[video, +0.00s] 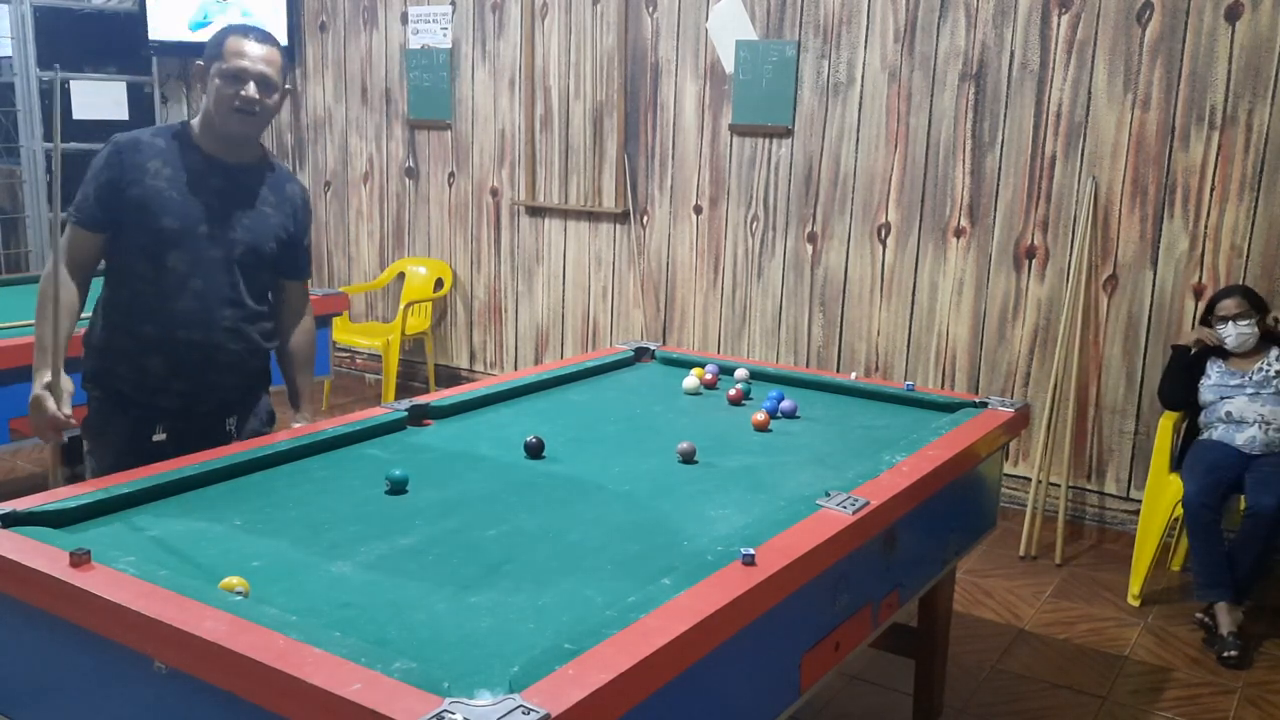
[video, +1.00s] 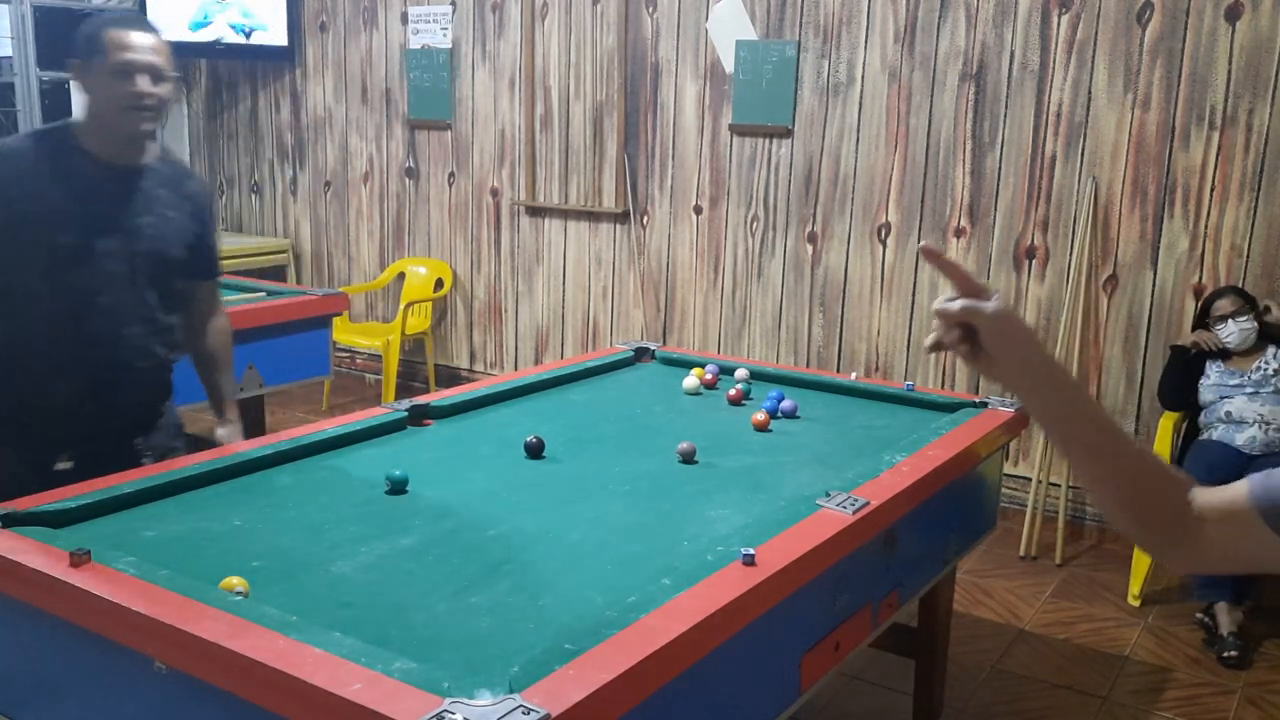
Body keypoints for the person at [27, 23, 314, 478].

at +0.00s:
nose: (250, 94)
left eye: (265, 84)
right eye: (234, 78)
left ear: (283, 100)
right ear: (203, 81)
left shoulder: (288, 196)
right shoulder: (129, 158)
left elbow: (295, 315)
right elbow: (70, 268)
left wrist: (306, 412)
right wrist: (48, 372)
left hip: (234, 414)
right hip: (127, 409)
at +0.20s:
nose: (258, 94)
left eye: (273, 85)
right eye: (243, 78)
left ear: (289, 101)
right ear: (211, 80)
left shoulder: (294, 199)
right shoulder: (137, 157)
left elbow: (295, 317)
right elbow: (74, 269)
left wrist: (303, 411)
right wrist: (54, 383)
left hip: (232, 421)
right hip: (124, 413)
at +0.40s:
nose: (257, 95)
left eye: (272, 86)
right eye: (241, 80)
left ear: (289, 102)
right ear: (209, 84)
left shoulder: (290, 198)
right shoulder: (134, 157)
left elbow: (290, 317)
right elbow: (68, 267)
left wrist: (301, 413)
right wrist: (45, 379)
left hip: (225, 422)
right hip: (114, 418)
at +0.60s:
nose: (245, 94)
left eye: (260, 84)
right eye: (228, 78)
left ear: (276, 100)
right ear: (194, 82)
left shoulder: (275, 197)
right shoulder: (123, 155)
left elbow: (275, 317)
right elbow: (50, 264)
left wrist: (287, 415)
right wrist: (19, 383)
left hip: (203, 413)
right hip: (97, 408)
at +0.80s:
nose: (212, 92)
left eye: (226, 81)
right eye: (194, 76)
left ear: (241, 94)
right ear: (154, 77)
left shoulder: (244, 195)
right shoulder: (80, 160)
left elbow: (250, 317)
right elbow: (14, 277)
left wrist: (261, 415)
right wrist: (3, 392)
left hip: (178, 425)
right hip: (65, 418)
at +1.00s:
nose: (143, 89)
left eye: (157, 76)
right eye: (123, 74)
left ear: (174, 88)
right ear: (82, 78)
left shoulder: (184, 191)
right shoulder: (17, 169)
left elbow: (206, 314)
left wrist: (228, 419)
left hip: (142, 434)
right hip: (28, 436)